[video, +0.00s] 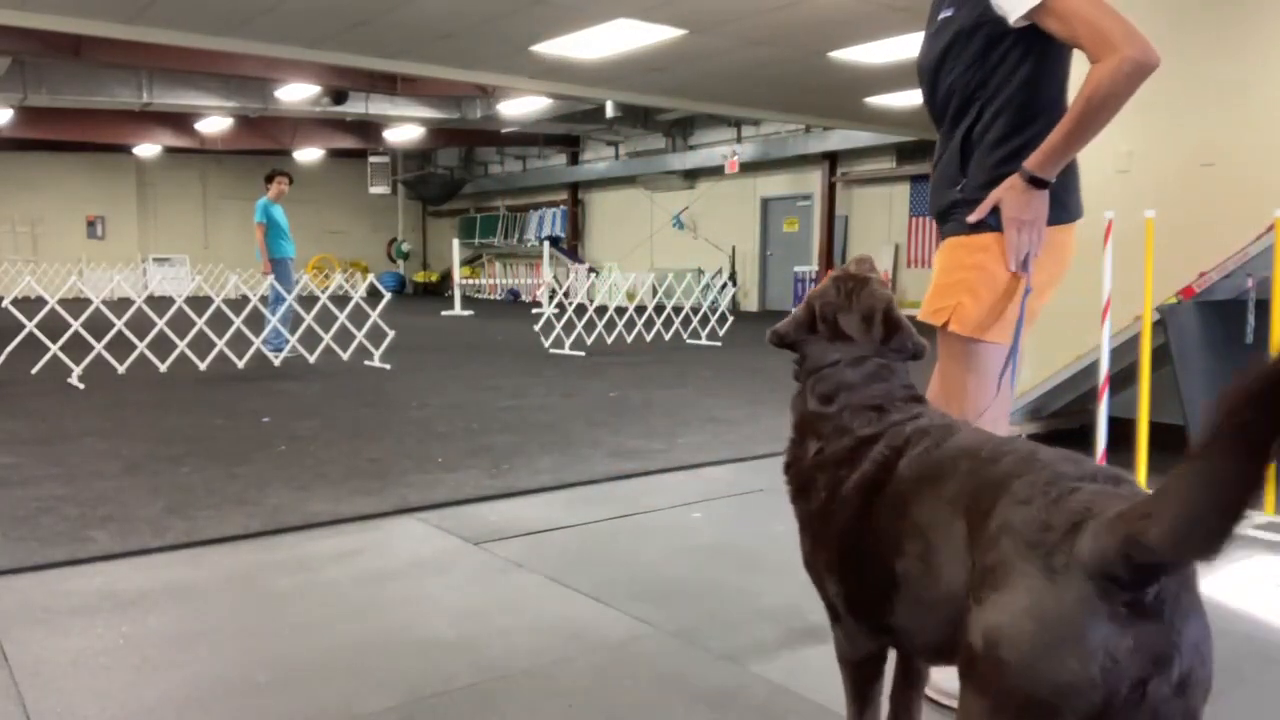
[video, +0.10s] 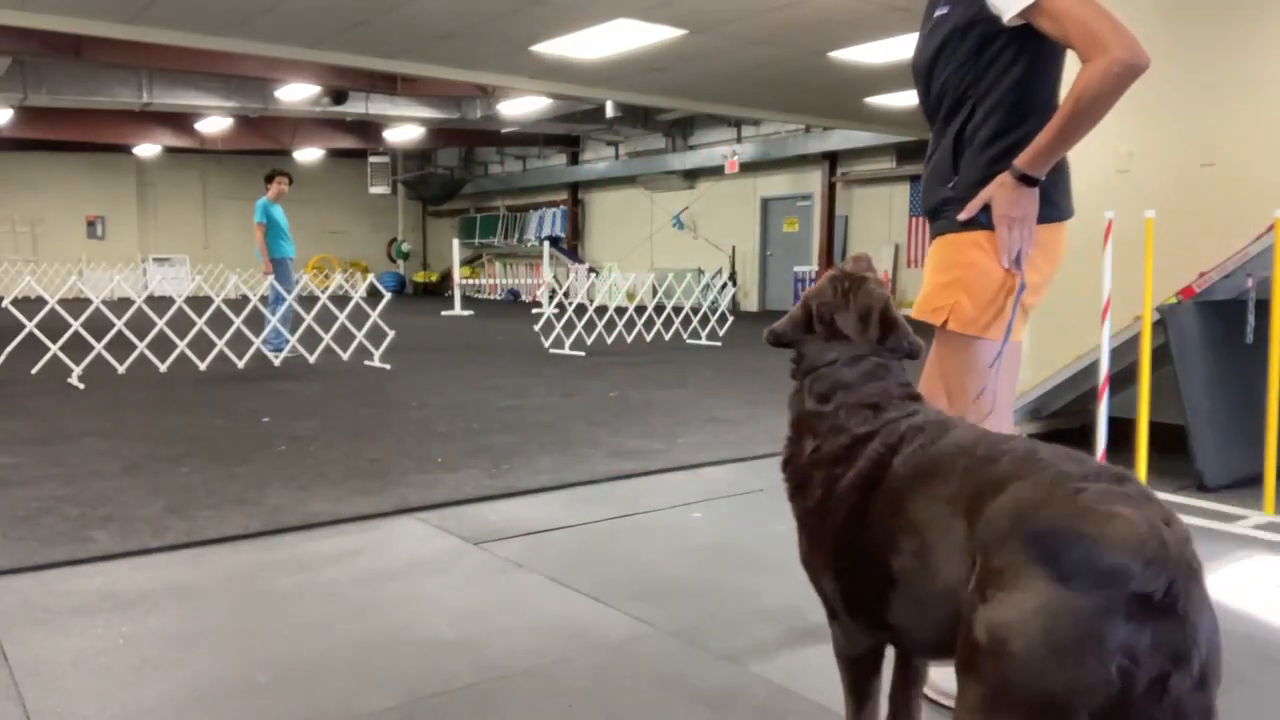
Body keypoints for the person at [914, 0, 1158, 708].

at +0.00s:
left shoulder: (1022, 1)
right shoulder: (952, 12)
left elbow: (1131, 54)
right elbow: (987, 107)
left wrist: (1033, 177)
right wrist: (946, 200)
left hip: (1008, 228)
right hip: (978, 227)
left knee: (954, 442)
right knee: (978, 442)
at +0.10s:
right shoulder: (948, 12)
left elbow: (1122, 55)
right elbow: (981, 105)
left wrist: (1024, 175)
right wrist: (936, 191)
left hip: (1001, 224)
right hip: (968, 224)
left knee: (963, 432)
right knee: (965, 432)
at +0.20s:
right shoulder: (940, 15)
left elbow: (1112, 53)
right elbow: (959, 115)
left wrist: (1017, 172)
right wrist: (924, 202)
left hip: (998, 221)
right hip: (963, 222)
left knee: (932, 408)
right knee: (988, 433)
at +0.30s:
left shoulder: (1003, 0)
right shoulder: (937, 13)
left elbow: (1104, 51)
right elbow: (960, 121)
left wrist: (1010, 171)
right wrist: (926, 211)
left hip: (990, 222)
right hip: (963, 224)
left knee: (927, 405)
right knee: (992, 433)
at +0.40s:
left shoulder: (1001, 1)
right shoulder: (933, 14)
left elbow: (1095, 50)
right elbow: (952, 122)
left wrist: (1005, 169)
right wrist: (919, 224)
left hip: (988, 224)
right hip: (959, 225)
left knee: (923, 406)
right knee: (995, 435)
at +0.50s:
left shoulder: (996, 1)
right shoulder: (931, 13)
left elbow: (1087, 48)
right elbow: (957, 115)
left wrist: (1001, 169)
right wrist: (922, 210)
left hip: (986, 220)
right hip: (956, 221)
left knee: (929, 394)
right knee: (991, 422)